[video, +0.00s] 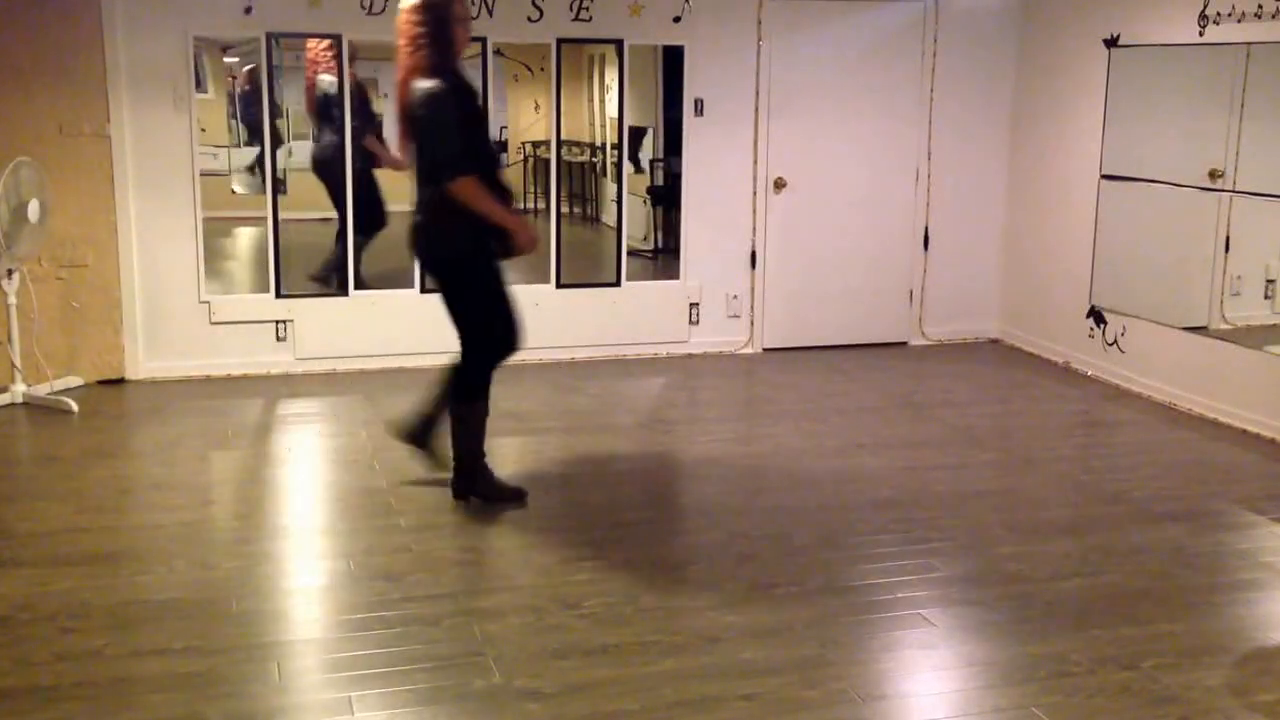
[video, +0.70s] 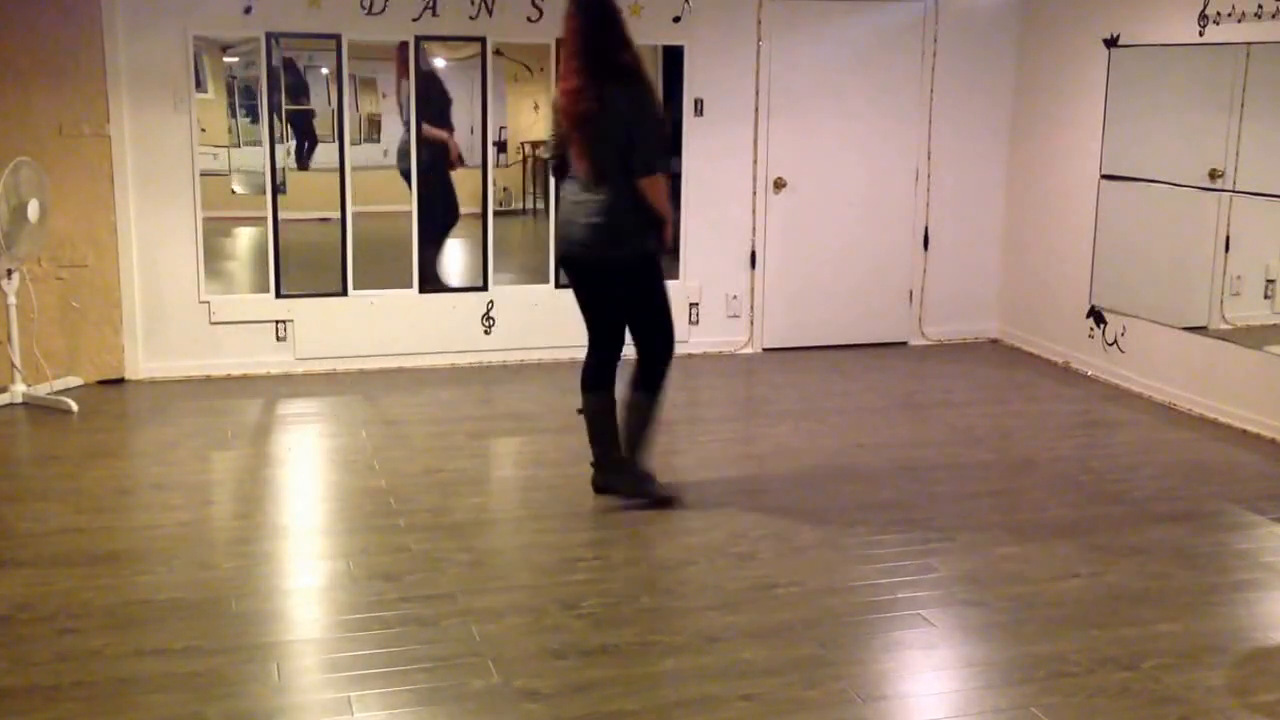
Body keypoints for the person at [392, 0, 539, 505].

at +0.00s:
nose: (469, 29)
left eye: (466, 20)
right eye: (462, 21)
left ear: (431, 31)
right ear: (442, 29)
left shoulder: (443, 85)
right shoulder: (434, 92)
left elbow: (461, 166)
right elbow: (455, 175)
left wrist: (506, 214)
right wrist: (510, 220)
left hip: (457, 234)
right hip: (450, 237)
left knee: (494, 337)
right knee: (485, 342)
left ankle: (422, 422)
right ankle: (470, 472)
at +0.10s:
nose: (489, 29)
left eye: (485, 19)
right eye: (483, 19)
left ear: (444, 30)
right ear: (470, 26)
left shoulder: (452, 86)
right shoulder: (464, 90)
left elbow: (481, 165)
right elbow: (488, 170)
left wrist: (528, 215)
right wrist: (543, 221)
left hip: (467, 230)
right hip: (473, 233)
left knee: (499, 340)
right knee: (519, 332)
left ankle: (478, 453)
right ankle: (474, 469)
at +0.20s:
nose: (519, 32)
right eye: (511, 23)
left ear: (468, 36)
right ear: (503, 31)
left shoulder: (477, 90)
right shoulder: (502, 93)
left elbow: (508, 168)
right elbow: (531, 173)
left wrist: (564, 216)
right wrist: (585, 221)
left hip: (491, 234)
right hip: (501, 237)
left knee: (550, 339)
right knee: (503, 350)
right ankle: (470, 471)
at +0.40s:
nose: (558, 33)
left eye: (547, 24)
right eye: (551, 25)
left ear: (512, 40)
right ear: (543, 34)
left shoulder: (519, 94)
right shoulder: (548, 94)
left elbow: (548, 173)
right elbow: (569, 176)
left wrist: (595, 224)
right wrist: (617, 226)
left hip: (534, 237)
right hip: (545, 240)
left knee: (584, 339)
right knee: (546, 350)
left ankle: (608, 463)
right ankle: (477, 461)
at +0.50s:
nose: (585, 30)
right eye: (577, 21)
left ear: (537, 38)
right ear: (572, 32)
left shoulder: (549, 89)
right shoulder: (578, 90)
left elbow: (573, 167)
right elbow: (593, 170)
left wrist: (613, 221)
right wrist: (628, 225)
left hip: (558, 230)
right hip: (577, 232)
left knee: (597, 350)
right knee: (600, 350)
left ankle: (609, 465)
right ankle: (511, 442)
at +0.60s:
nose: (602, 31)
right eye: (596, 23)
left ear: (553, 38)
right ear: (591, 32)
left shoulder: (558, 91)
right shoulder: (602, 92)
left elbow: (570, 166)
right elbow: (616, 172)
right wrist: (640, 223)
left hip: (563, 234)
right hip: (597, 235)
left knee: (602, 346)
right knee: (631, 347)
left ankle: (608, 464)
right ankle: (549, 443)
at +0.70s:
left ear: (573, 39)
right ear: (617, 33)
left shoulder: (570, 93)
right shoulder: (627, 90)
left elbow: (564, 165)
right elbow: (645, 168)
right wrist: (667, 216)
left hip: (576, 240)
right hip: (622, 238)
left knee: (602, 342)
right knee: (657, 344)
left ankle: (606, 465)